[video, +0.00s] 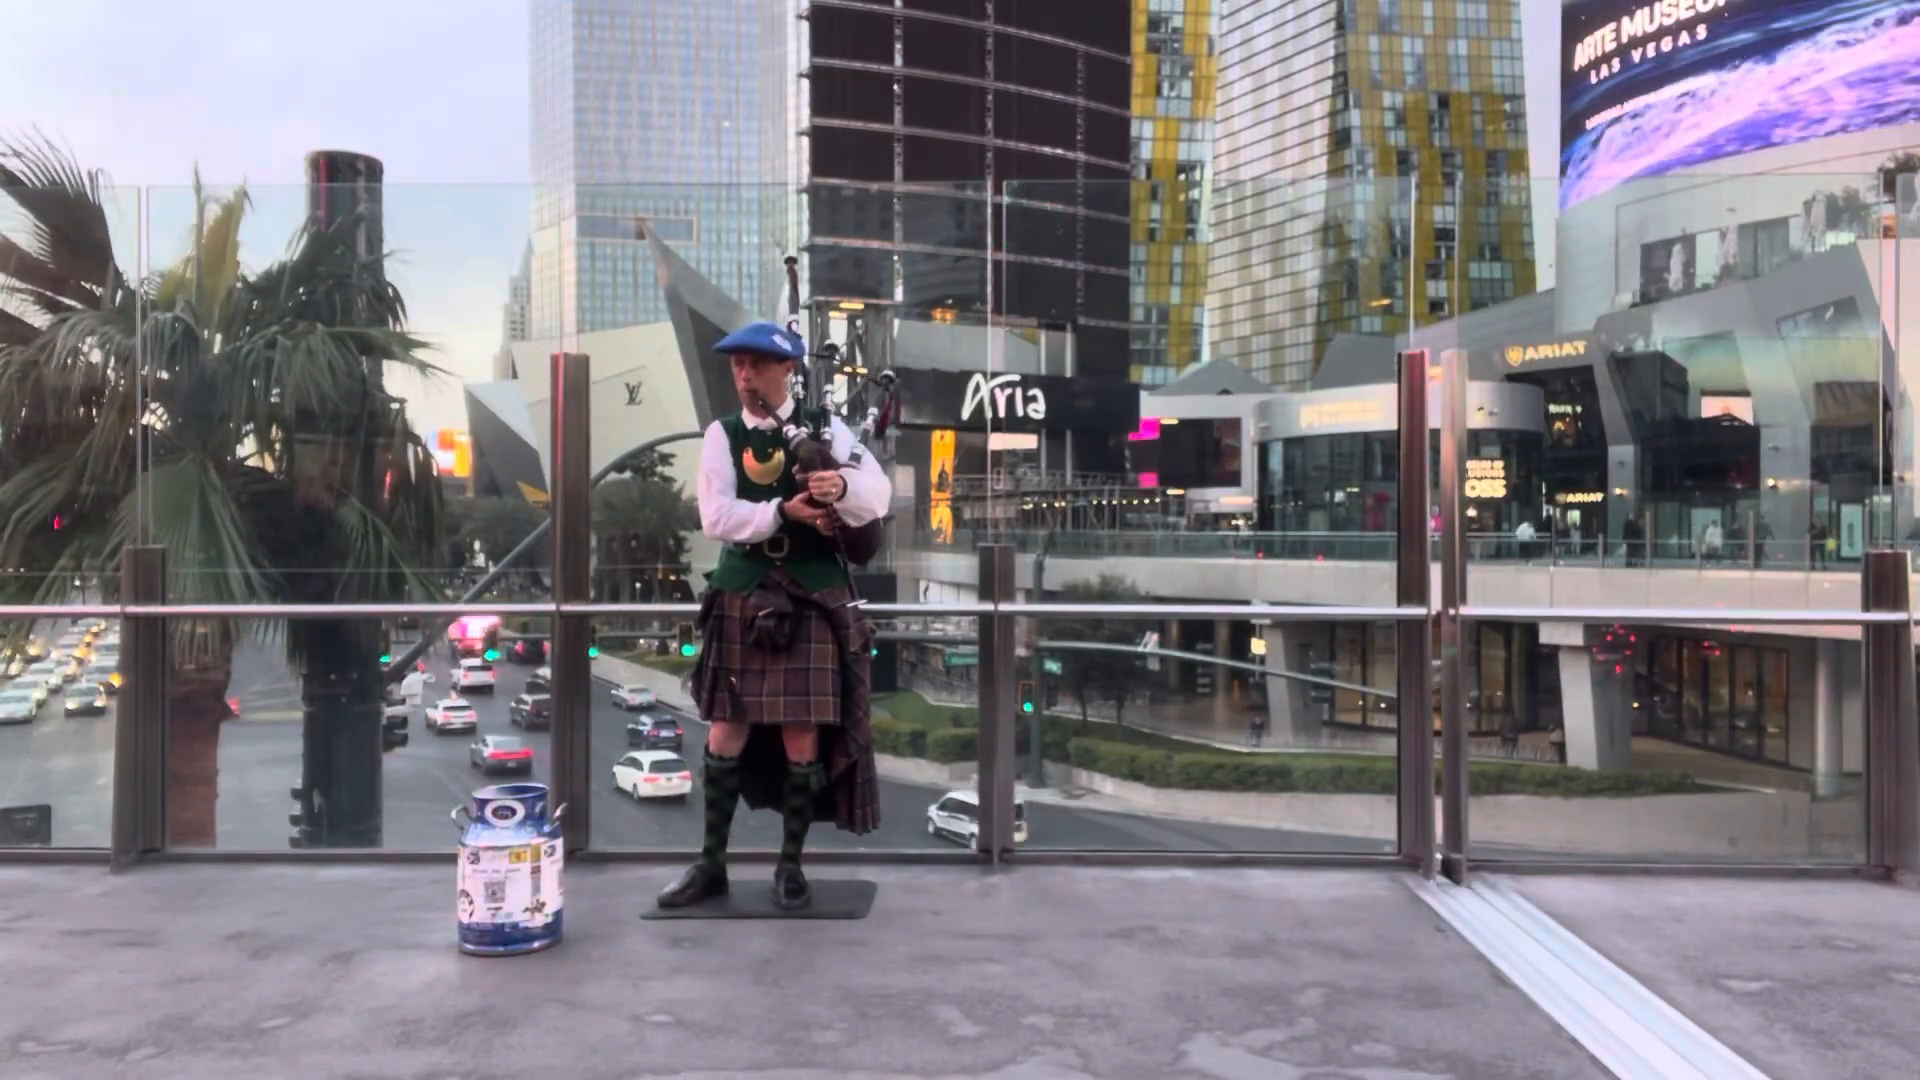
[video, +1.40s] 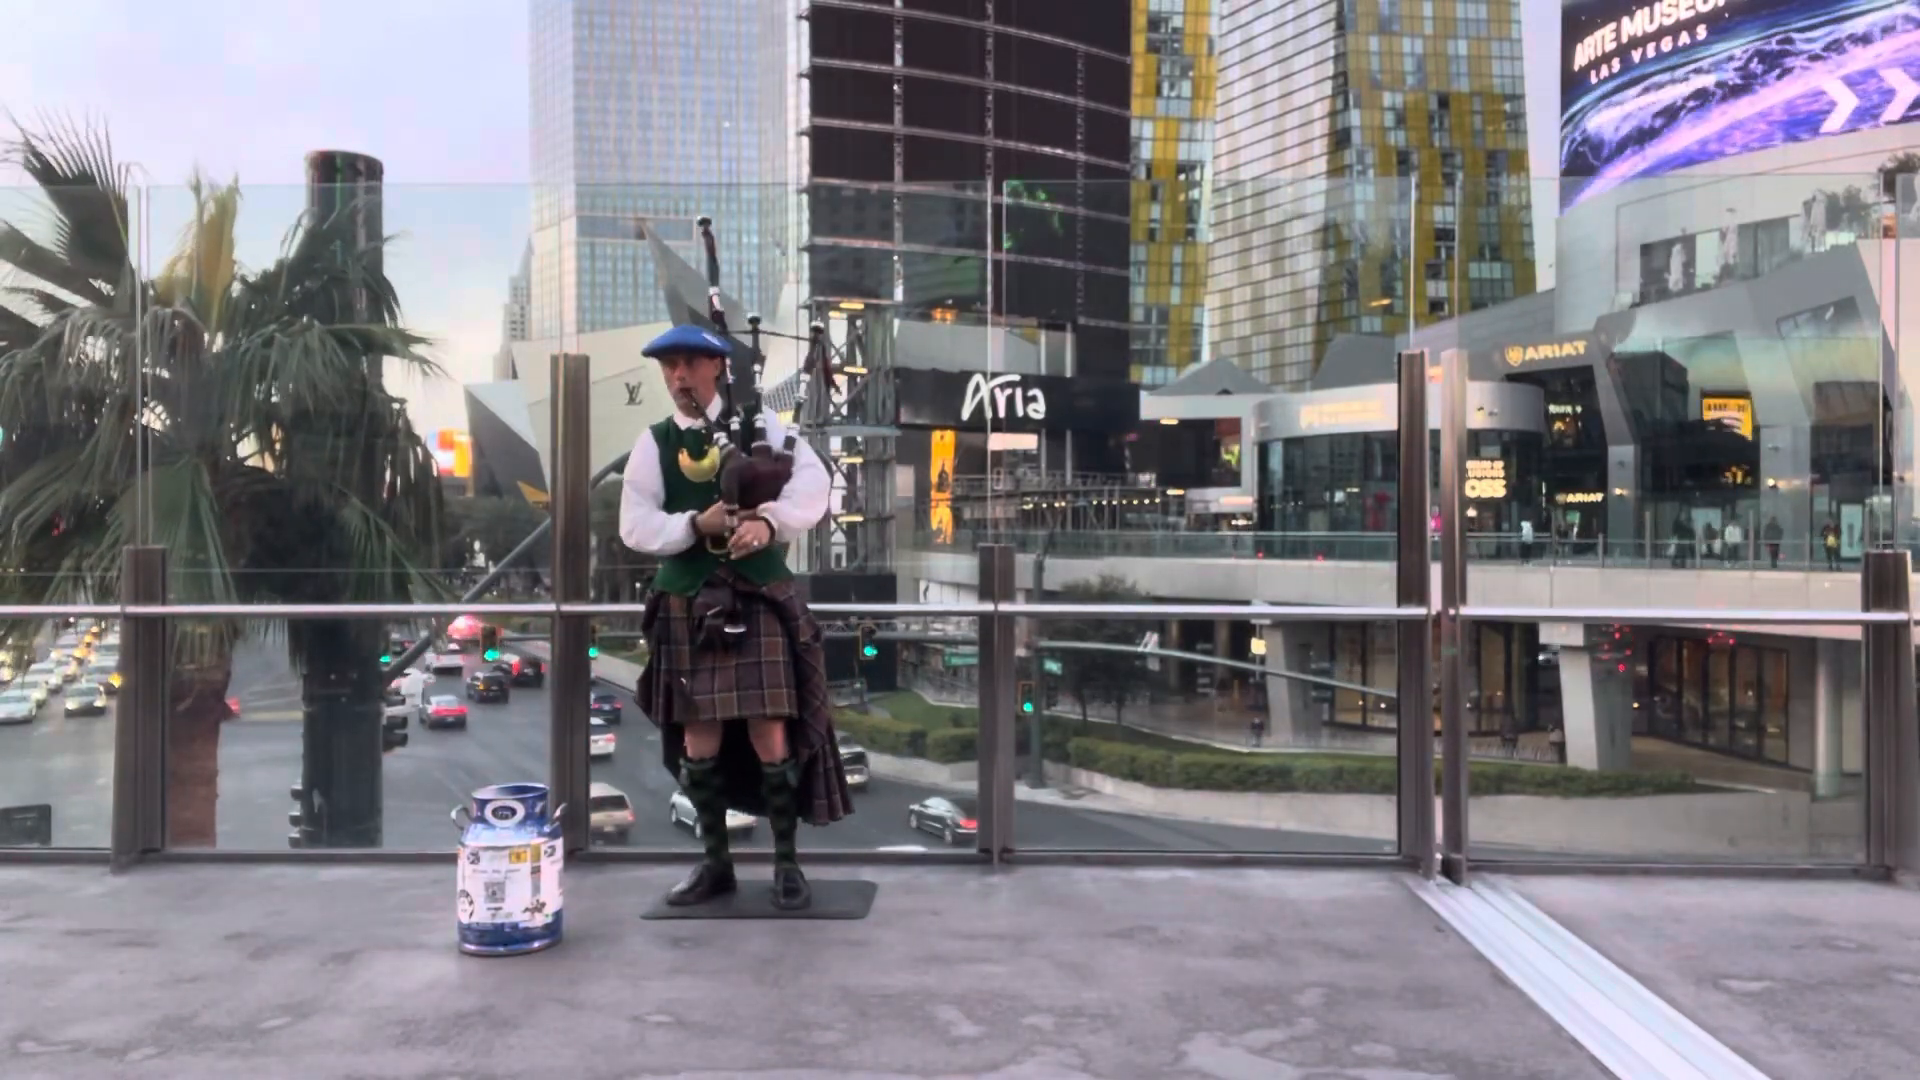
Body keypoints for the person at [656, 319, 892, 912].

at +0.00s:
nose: (743, 375)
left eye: (755, 364)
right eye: (737, 365)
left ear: (788, 369)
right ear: (731, 371)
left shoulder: (827, 430)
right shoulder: (722, 434)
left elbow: (880, 494)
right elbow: (716, 515)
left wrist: (844, 487)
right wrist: (783, 511)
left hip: (814, 595)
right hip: (743, 592)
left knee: (800, 731)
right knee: (726, 729)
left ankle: (789, 866)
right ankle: (711, 864)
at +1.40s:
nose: (678, 374)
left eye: (690, 362)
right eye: (669, 363)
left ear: (717, 366)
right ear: (662, 371)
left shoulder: (763, 428)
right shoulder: (654, 443)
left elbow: (816, 484)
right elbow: (634, 527)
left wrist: (770, 520)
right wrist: (695, 524)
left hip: (760, 592)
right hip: (687, 597)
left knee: (769, 729)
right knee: (699, 732)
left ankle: (786, 864)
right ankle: (715, 864)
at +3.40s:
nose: (739, 374)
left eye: (752, 362)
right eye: (730, 363)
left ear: (776, 371)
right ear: (716, 371)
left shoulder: (808, 429)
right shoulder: (702, 443)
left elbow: (856, 484)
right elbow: (682, 531)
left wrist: (809, 527)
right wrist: (724, 566)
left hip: (796, 596)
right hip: (722, 596)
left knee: (787, 729)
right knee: (704, 732)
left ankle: (781, 863)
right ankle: (721, 860)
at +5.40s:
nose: (747, 373)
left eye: (759, 362)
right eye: (738, 362)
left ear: (783, 371)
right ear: (726, 371)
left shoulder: (818, 427)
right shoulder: (711, 445)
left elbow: (859, 487)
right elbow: (691, 531)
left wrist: (809, 531)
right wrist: (726, 567)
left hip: (801, 595)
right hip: (729, 594)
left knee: (789, 728)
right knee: (713, 730)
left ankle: (781, 864)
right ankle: (725, 862)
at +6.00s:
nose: (749, 374)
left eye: (761, 363)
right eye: (741, 363)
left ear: (785, 372)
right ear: (728, 372)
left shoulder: (819, 429)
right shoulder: (713, 445)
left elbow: (864, 488)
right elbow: (696, 530)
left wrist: (814, 532)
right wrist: (732, 567)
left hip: (802, 597)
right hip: (731, 595)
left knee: (790, 731)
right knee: (712, 735)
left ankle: (782, 865)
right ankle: (729, 862)